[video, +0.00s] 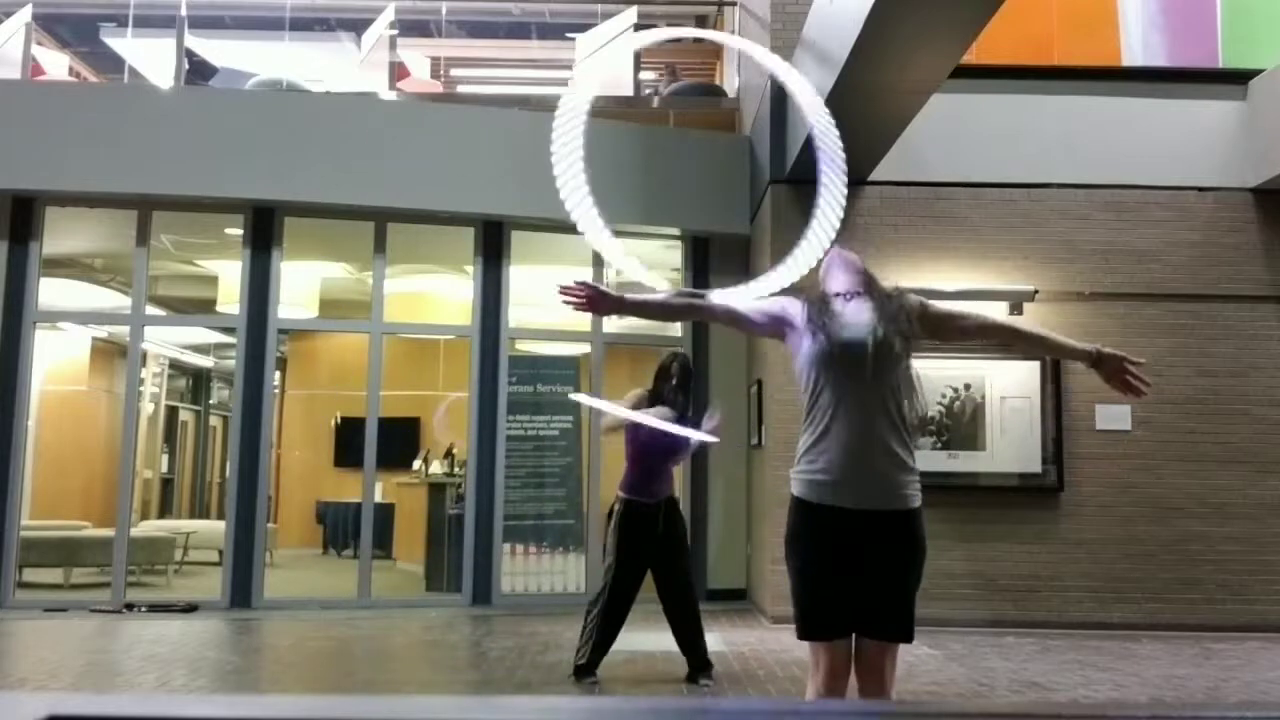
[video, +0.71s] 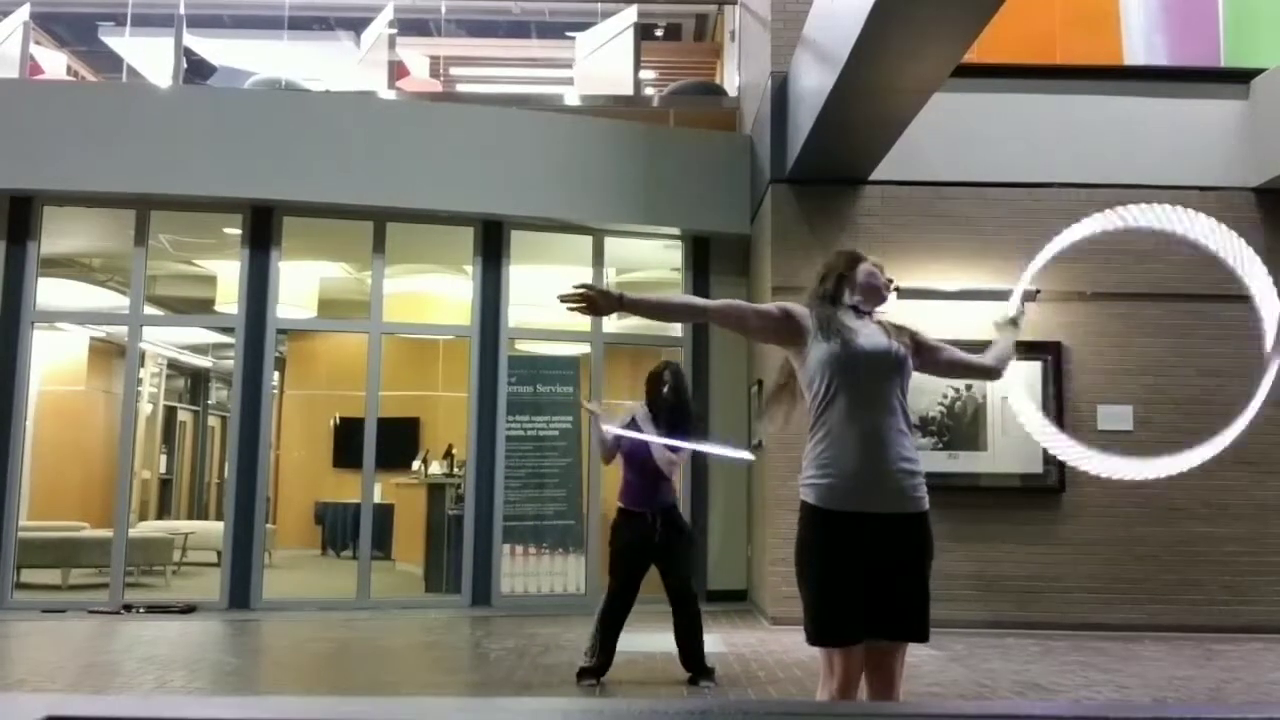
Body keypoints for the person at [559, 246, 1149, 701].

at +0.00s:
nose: (841, 255)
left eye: (849, 250)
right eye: (830, 254)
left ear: (866, 271)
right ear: (815, 272)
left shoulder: (903, 312)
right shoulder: (795, 311)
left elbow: (999, 333)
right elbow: (705, 306)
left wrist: (1088, 355)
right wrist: (620, 303)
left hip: (893, 509)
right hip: (820, 506)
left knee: (877, 672)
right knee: (829, 668)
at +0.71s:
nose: (884, 279)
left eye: (885, 276)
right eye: (873, 271)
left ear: (881, 293)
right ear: (842, 278)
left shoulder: (903, 338)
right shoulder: (806, 322)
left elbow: (991, 364)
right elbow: (709, 310)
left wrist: (1013, 325)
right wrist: (621, 302)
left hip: (903, 514)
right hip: (831, 512)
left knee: (887, 670)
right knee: (841, 670)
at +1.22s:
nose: (889, 246)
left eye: (887, 239)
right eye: (877, 240)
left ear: (878, 259)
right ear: (848, 254)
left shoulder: (904, 322)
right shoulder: (808, 312)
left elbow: (986, 358)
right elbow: (727, 330)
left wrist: (1065, 358)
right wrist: (649, 335)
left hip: (890, 506)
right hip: (822, 506)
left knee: (877, 672)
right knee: (837, 673)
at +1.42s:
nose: (873, 239)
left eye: (874, 233)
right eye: (859, 233)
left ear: (877, 252)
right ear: (829, 252)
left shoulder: (904, 324)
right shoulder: (795, 318)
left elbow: (982, 375)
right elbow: (724, 359)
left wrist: (1063, 415)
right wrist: (694, 360)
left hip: (883, 507)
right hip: (815, 507)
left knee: (872, 667)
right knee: (828, 672)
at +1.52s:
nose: (866, 241)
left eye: (870, 234)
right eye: (852, 234)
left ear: (877, 253)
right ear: (824, 253)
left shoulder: (905, 323)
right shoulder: (797, 318)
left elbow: (971, 393)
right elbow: (750, 375)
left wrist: (1033, 460)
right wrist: (739, 375)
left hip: (883, 508)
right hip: (816, 508)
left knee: (874, 666)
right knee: (830, 667)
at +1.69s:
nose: (861, 239)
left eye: (869, 233)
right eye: (848, 235)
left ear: (881, 252)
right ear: (828, 256)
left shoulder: (908, 325)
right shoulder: (803, 317)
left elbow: (944, 416)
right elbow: (782, 412)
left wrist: (931, 442)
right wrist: (816, 373)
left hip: (885, 500)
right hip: (815, 499)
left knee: (875, 652)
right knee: (820, 654)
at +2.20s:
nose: (840, 235)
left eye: (853, 228)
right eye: (832, 233)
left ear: (880, 250)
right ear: (827, 258)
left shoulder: (909, 320)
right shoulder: (804, 320)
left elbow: (946, 423)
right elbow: (777, 427)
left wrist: (978, 504)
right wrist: (783, 407)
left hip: (889, 511)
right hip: (817, 509)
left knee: (875, 671)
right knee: (830, 669)